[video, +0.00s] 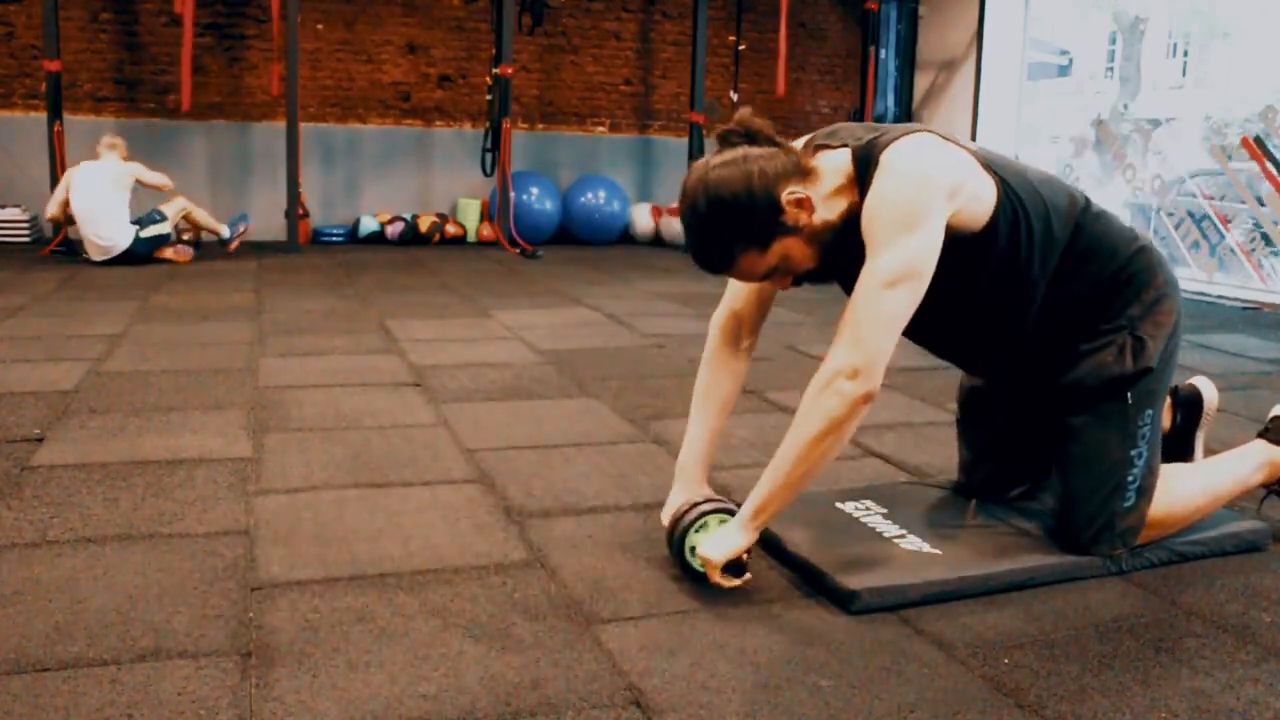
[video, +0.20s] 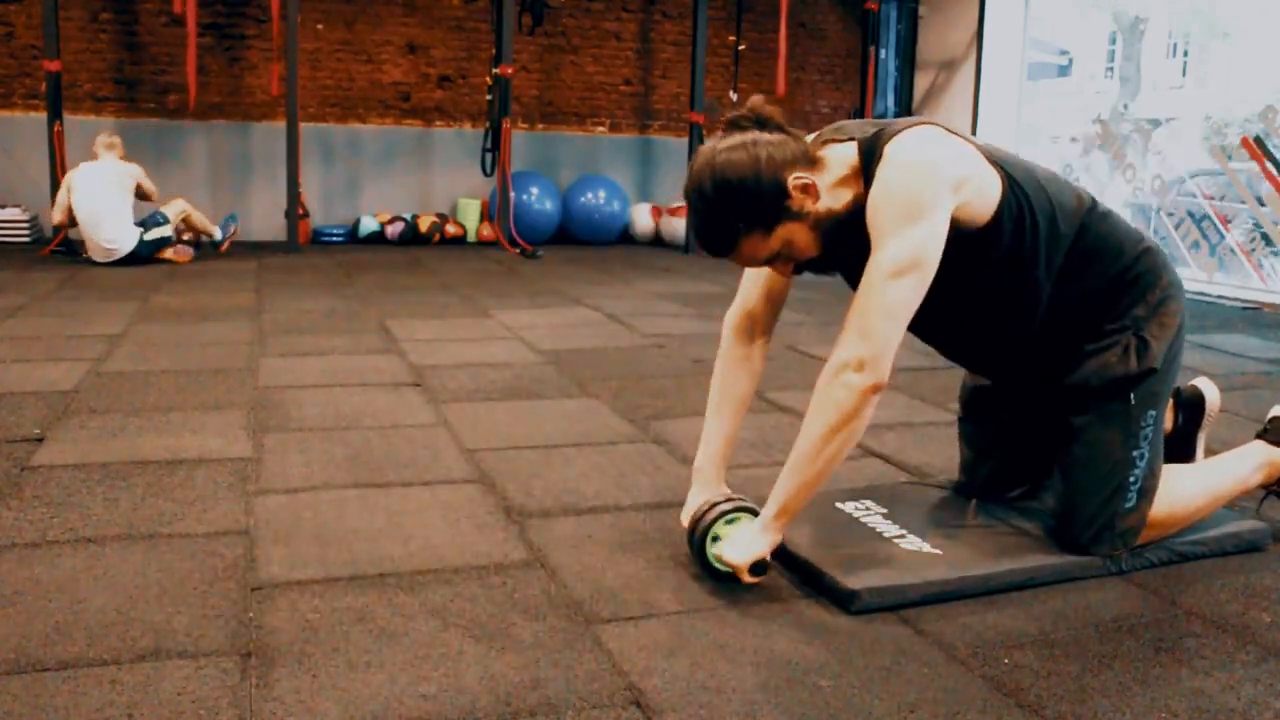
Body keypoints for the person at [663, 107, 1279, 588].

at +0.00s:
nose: (782, 286)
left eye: (777, 271)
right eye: (763, 280)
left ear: (796, 207)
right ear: (786, 197)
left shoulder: (911, 177)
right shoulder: (786, 183)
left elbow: (852, 377)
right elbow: (731, 334)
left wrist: (747, 521)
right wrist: (689, 478)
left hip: (1115, 311)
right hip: (1014, 330)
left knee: (1101, 527)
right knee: (991, 481)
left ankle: (1267, 458)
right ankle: (1169, 416)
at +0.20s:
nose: (784, 272)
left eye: (781, 254)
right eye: (769, 265)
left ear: (802, 193)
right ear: (796, 183)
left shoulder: (915, 170)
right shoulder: (805, 180)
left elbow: (859, 372)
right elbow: (747, 327)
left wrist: (770, 522)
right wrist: (708, 476)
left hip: (1119, 312)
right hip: (1017, 331)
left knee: (1096, 528)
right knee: (994, 486)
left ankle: (1268, 457)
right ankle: (1174, 422)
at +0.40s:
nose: (765, 271)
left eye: (761, 253)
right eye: (750, 264)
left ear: (784, 193)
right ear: (776, 184)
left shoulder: (903, 172)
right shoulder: (791, 184)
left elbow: (867, 374)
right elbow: (747, 331)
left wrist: (779, 527)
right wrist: (715, 480)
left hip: (1110, 309)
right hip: (1010, 329)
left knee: (1097, 526)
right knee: (992, 481)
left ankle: (1268, 457)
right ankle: (1173, 416)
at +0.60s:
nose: (743, 277)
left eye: (739, 261)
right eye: (729, 270)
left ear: (763, 200)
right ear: (756, 195)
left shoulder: (886, 178)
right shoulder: (775, 192)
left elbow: (855, 381)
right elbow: (730, 334)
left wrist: (759, 531)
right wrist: (694, 480)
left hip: (1100, 303)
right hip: (1004, 324)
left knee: (1095, 523)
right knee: (993, 478)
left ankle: (1266, 459)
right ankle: (1169, 419)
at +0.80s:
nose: (714, 288)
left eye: (710, 273)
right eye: (699, 282)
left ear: (737, 212)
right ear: (730, 206)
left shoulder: (860, 187)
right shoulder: (750, 194)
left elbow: (816, 393)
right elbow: (695, 341)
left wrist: (706, 537)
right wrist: (641, 484)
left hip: (1083, 305)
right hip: (989, 327)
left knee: (1101, 523)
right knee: (992, 485)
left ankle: (1266, 458)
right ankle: (1172, 417)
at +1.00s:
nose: (676, 317)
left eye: (673, 303)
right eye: (661, 310)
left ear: (697, 242)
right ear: (692, 235)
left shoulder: (815, 207)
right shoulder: (701, 217)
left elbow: (753, 415)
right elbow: (639, 363)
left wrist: (625, 549)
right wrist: (568, 495)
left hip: (1058, 300)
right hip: (967, 335)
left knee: (1097, 527)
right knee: (999, 483)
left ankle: (1269, 455)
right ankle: (1176, 415)